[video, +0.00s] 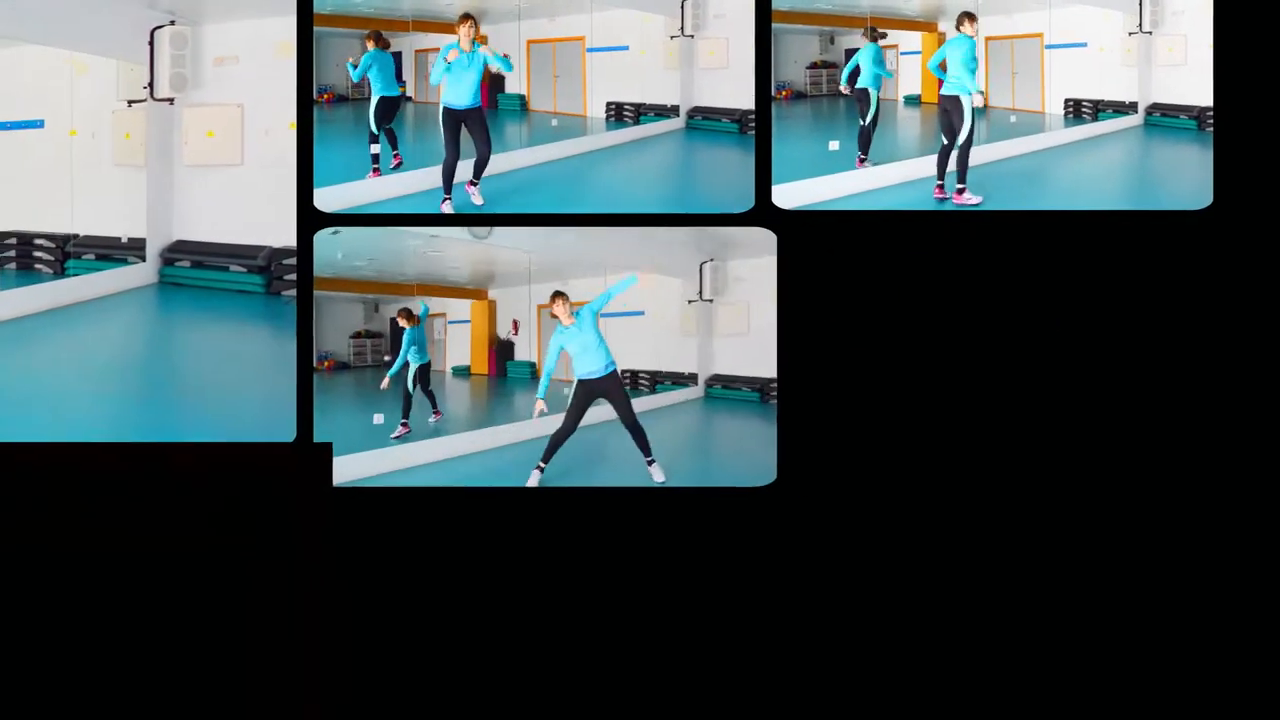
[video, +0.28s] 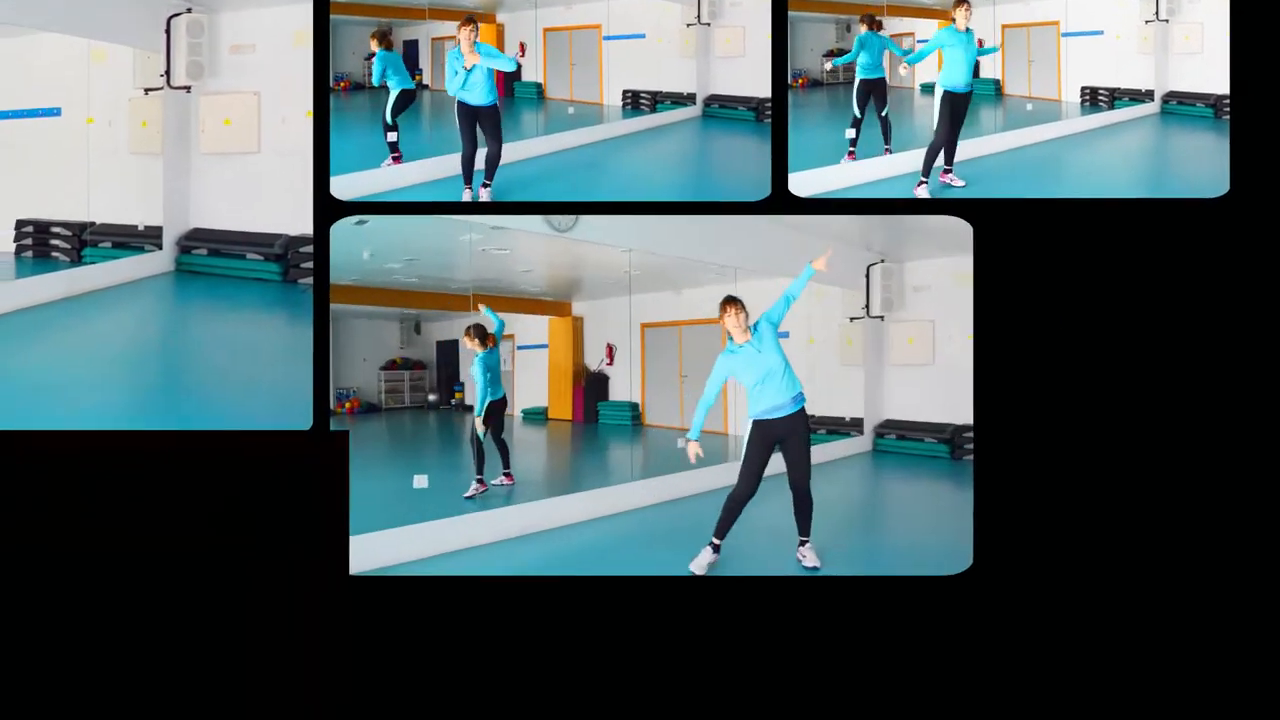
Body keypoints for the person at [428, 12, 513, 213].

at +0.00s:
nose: (468, 30)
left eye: (471, 26)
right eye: (464, 26)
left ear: (476, 30)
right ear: (458, 29)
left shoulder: (482, 51)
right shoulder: (447, 50)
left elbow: (508, 68)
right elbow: (434, 80)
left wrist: (491, 53)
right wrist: (447, 61)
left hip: (474, 109)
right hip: (450, 109)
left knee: (485, 151)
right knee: (452, 155)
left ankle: (473, 185)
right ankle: (447, 199)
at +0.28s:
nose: (468, 34)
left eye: (472, 31)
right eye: (465, 30)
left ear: (477, 34)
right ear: (459, 33)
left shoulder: (485, 50)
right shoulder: (453, 55)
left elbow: (511, 65)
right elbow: (451, 90)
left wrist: (481, 59)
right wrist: (465, 68)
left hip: (488, 105)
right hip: (465, 105)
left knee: (495, 147)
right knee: (469, 148)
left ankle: (486, 187)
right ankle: (467, 188)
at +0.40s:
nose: (471, 32)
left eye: (475, 29)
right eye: (468, 28)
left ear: (479, 32)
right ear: (461, 30)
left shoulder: (487, 46)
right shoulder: (454, 52)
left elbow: (517, 59)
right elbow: (448, 82)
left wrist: (496, 69)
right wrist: (454, 78)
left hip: (497, 99)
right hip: (473, 101)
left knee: (515, 139)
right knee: (477, 144)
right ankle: (473, 185)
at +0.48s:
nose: (472, 30)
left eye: (476, 27)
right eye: (469, 26)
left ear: (481, 30)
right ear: (463, 28)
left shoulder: (490, 44)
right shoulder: (456, 49)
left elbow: (521, 55)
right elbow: (455, 74)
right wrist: (446, 75)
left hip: (501, 96)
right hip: (478, 98)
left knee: (522, 137)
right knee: (480, 142)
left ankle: (545, 174)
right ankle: (477, 183)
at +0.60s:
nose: (472, 29)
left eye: (477, 26)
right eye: (470, 24)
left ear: (483, 30)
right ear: (465, 26)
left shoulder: (493, 45)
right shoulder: (465, 47)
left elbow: (522, 54)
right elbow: (473, 70)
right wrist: (451, 67)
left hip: (508, 97)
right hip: (486, 99)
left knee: (532, 135)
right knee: (483, 141)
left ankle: (563, 169)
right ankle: (480, 180)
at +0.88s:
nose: (479, 21)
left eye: (483, 17)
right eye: (476, 17)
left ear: (490, 20)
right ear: (471, 20)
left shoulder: (502, 36)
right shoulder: (469, 43)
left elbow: (529, 45)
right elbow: (466, 69)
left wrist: (551, 54)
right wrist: (454, 66)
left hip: (514, 89)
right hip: (490, 92)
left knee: (535, 131)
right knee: (491, 136)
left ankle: (560, 164)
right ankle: (487, 176)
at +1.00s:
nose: (483, 18)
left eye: (486, 14)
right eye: (479, 14)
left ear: (492, 16)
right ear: (473, 17)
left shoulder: (504, 31)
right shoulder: (469, 40)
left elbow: (534, 37)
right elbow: (456, 69)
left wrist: (518, 47)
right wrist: (470, 61)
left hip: (513, 87)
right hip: (489, 90)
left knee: (528, 130)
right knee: (493, 133)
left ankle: (531, 164)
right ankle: (488, 175)